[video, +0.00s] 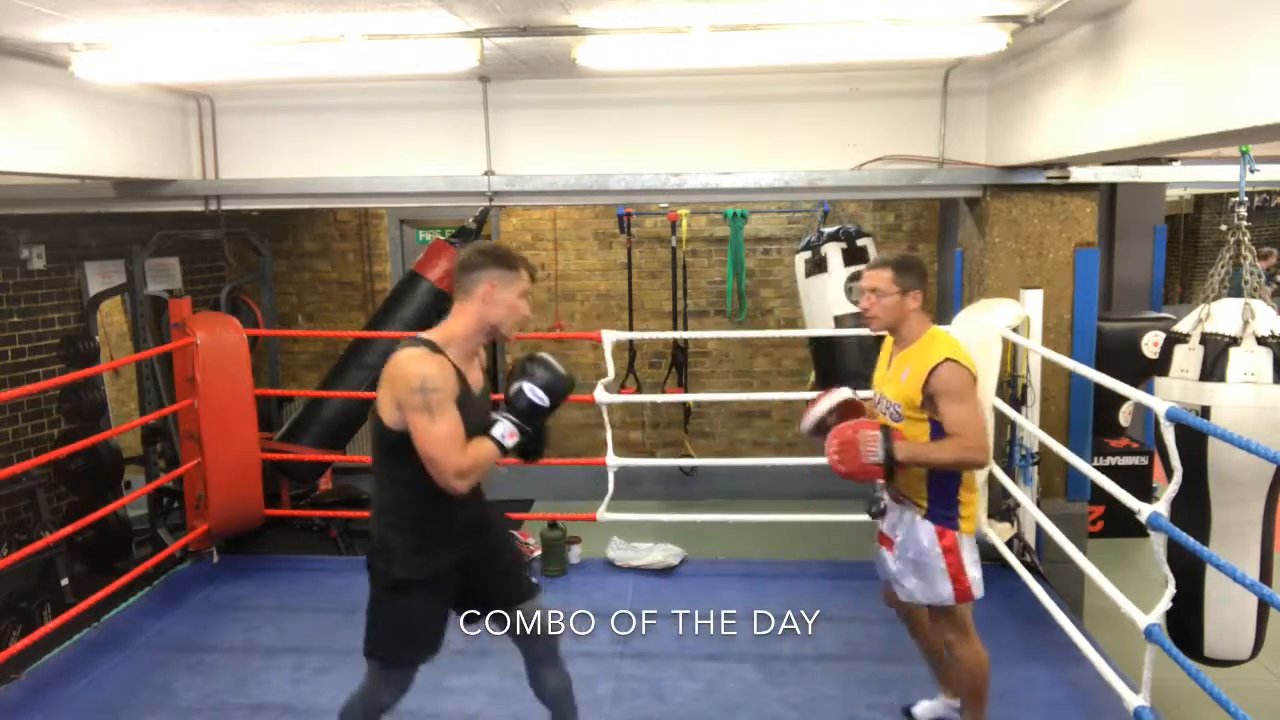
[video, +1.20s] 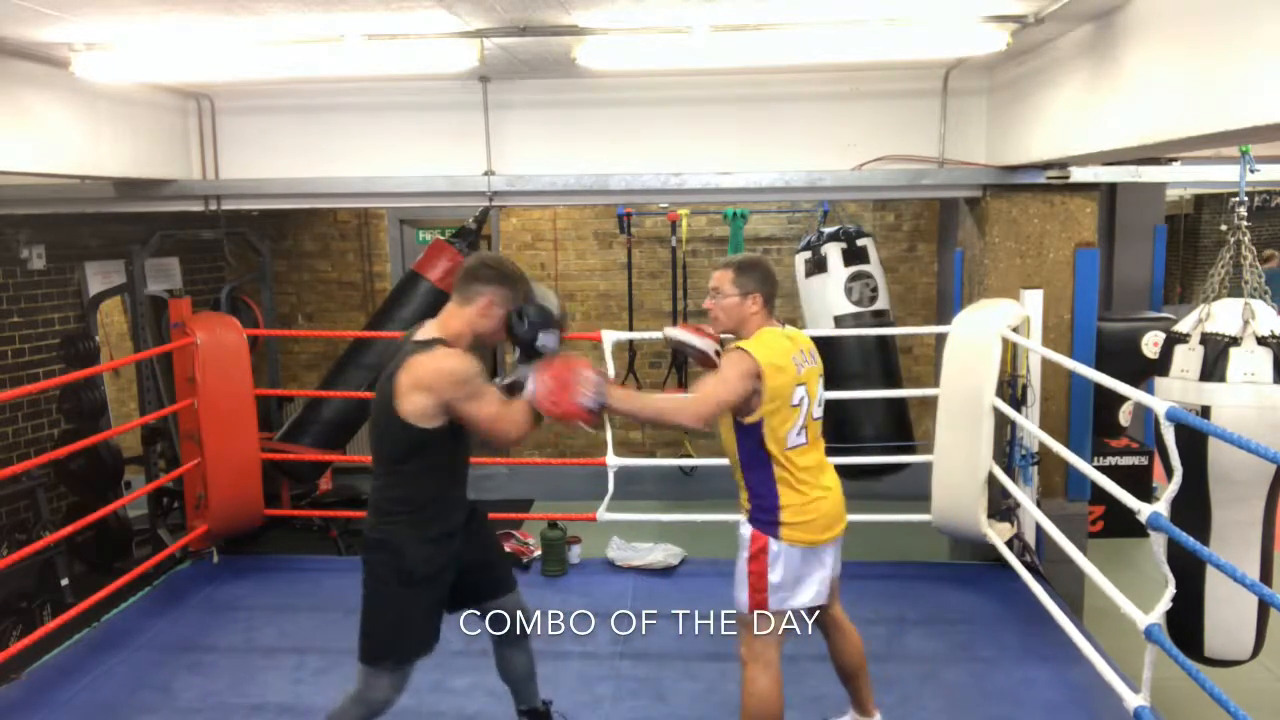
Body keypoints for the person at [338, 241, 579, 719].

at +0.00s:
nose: (528, 311)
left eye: (528, 298)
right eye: (522, 296)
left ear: (487, 296)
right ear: (486, 294)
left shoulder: (475, 357)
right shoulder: (419, 367)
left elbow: (462, 444)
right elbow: (456, 473)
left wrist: (513, 430)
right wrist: (511, 425)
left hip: (472, 536)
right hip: (413, 552)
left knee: (538, 637)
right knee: (386, 684)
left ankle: (567, 714)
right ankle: (348, 717)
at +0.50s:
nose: (549, 295)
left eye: (552, 283)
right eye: (545, 280)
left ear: (511, 278)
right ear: (511, 275)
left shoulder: (508, 340)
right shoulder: (452, 334)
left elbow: (516, 417)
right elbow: (495, 427)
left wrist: (558, 383)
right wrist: (546, 377)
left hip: (489, 515)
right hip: (433, 523)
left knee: (521, 623)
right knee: (404, 665)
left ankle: (534, 711)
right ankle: (359, 710)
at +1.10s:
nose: (520, 336)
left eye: (526, 328)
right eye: (521, 325)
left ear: (487, 298)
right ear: (501, 308)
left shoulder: (445, 337)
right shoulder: (473, 358)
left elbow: (511, 380)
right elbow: (542, 381)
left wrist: (558, 377)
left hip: (458, 530)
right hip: (414, 542)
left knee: (512, 622)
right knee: (391, 687)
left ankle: (531, 712)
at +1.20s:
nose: (505, 327)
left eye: (508, 317)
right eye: (505, 315)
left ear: (469, 299)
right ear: (484, 306)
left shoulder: (429, 342)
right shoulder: (447, 366)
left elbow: (482, 412)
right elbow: (511, 428)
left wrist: (526, 372)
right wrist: (542, 374)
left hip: (452, 527)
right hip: (406, 541)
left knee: (510, 618)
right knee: (380, 688)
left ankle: (532, 710)